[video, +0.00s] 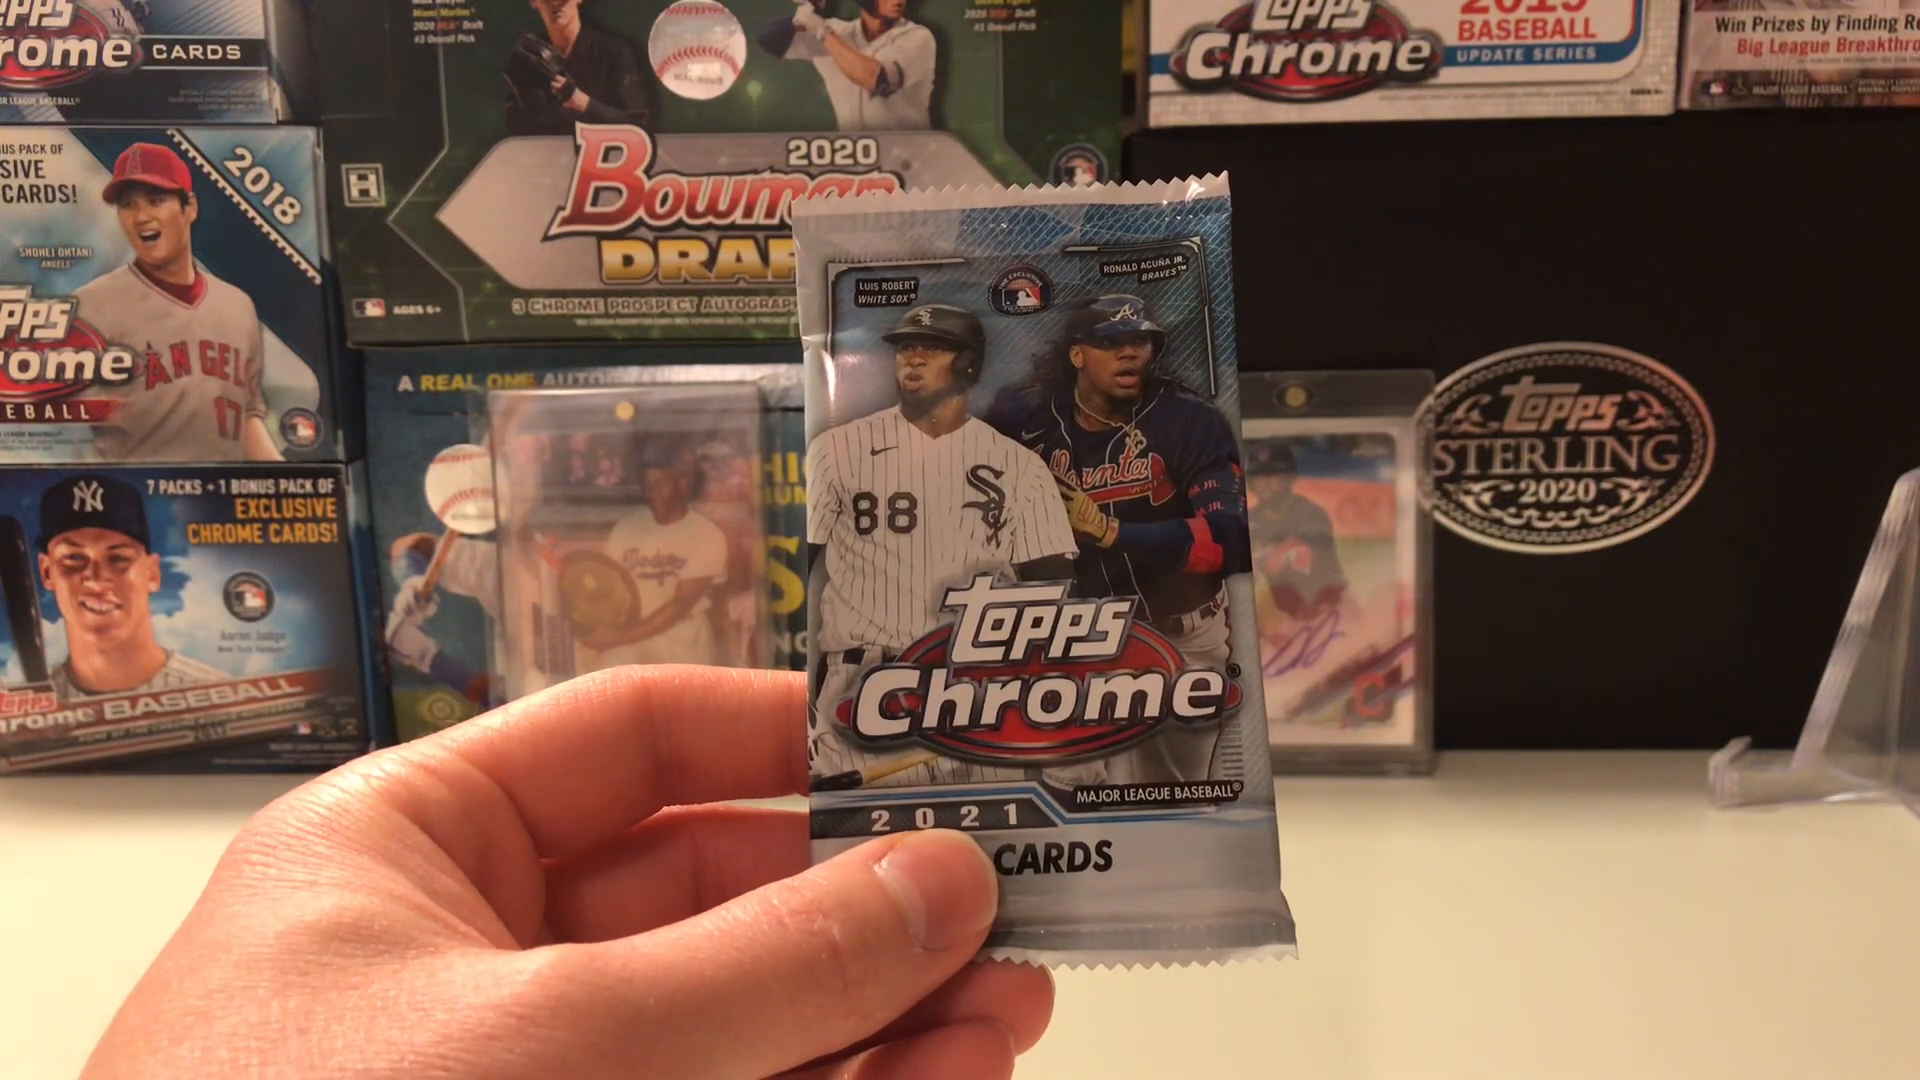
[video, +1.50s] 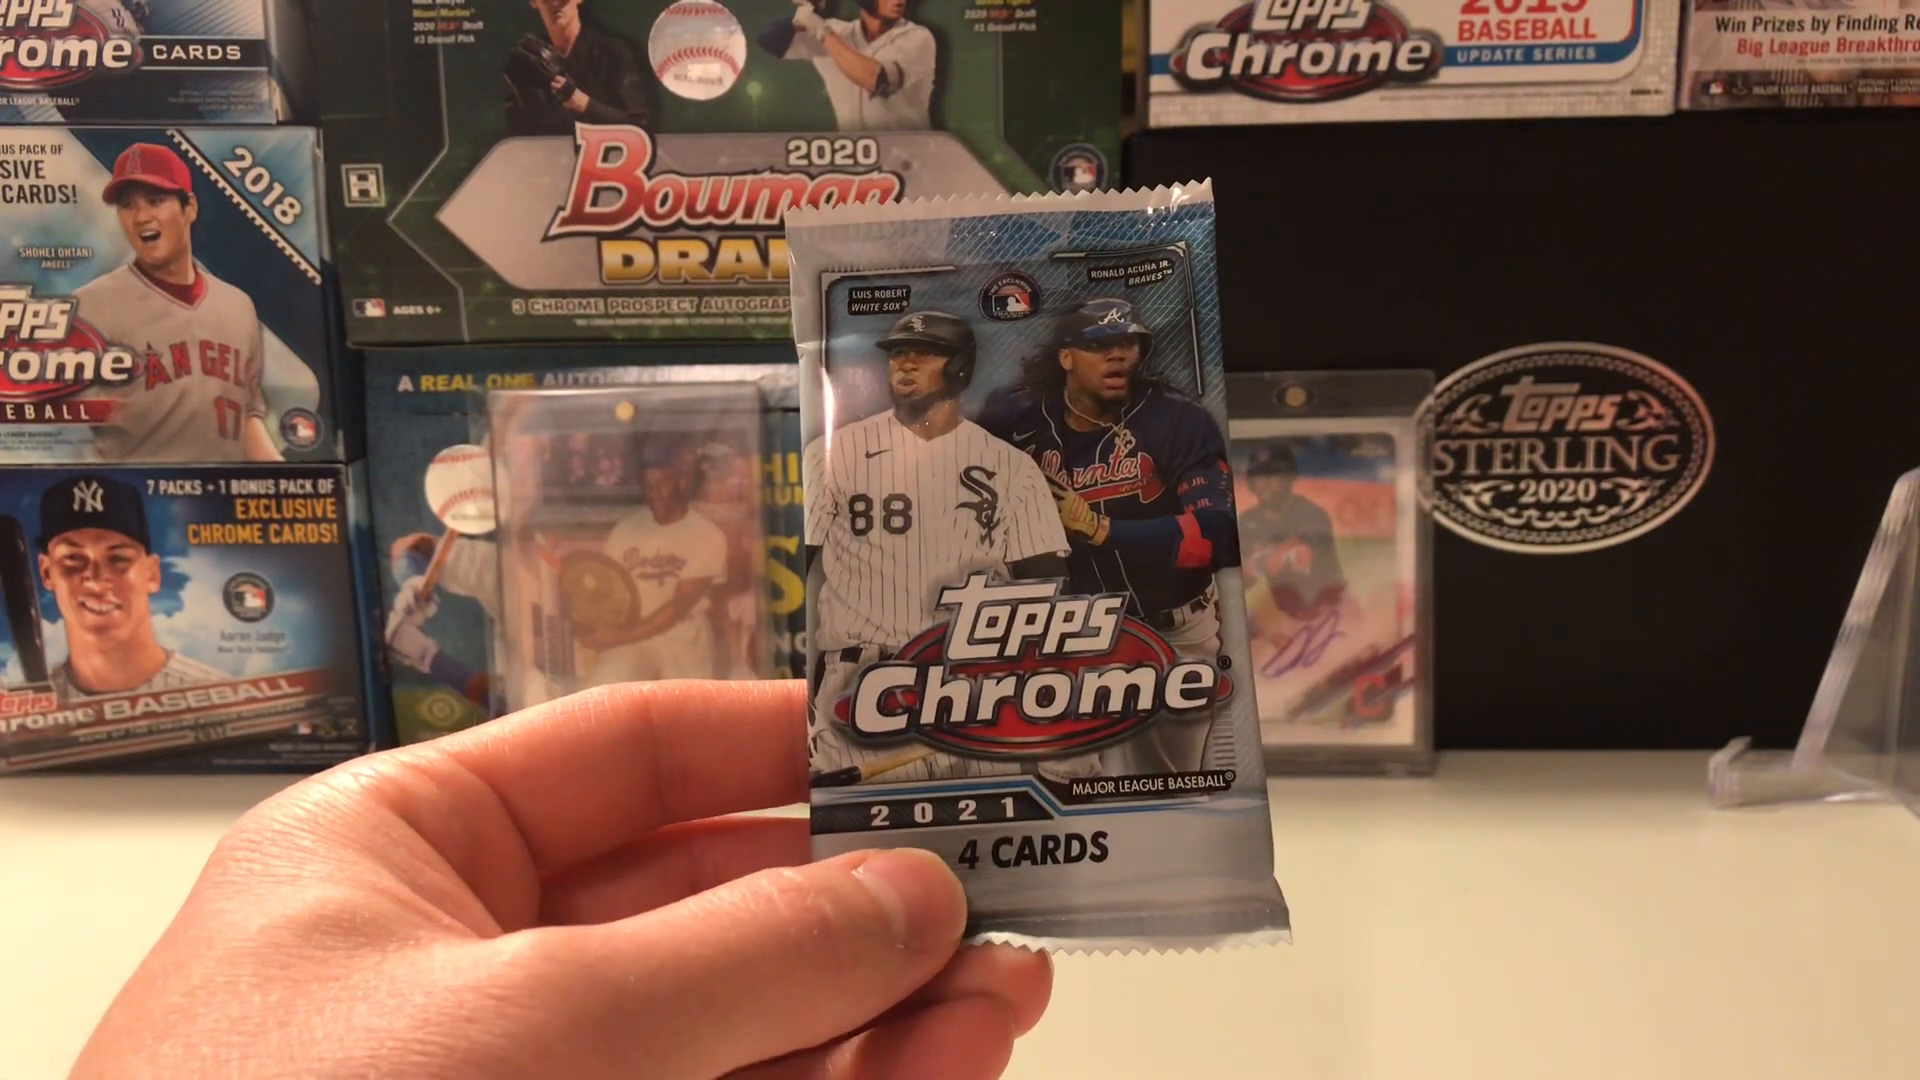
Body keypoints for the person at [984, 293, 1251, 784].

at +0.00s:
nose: (1132, 354)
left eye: (1141, 341)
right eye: (1114, 343)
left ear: (1154, 348)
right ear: (1077, 355)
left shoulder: (1191, 423)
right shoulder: (1024, 418)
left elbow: (1228, 537)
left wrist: (1113, 531)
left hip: (1184, 631)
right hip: (1073, 638)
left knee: (1184, 802)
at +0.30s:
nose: (1135, 355)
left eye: (1144, 342)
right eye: (1117, 344)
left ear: (1157, 350)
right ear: (1080, 356)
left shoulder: (1194, 425)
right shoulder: (1027, 420)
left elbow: (1232, 540)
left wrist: (1115, 533)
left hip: (1184, 632)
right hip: (1072, 636)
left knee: (1181, 802)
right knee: (1074, 798)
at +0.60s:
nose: (1139, 357)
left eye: (1147, 344)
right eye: (1121, 346)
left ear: (1160, 351)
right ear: (1084, 358)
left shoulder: (1198, 425)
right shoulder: (1031, 421)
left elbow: (1233, 541)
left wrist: (1117, 532)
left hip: (1188, 634)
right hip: (1078, 638)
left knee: (1183, 805)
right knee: (1080, 802)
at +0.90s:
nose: (1131, 355)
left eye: (1140, 342)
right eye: (1114, 343)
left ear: (1154, 349)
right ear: (1078, 355)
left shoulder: (1193, 424)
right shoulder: (1026, 421)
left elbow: (1227, 537)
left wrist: (1113, 530)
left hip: (1184, 631)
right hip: (1075, 635)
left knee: (1179, 799)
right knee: (1078, 796)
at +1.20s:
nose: (1122, 354)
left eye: (1131, 341)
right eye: (1104, 343)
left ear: (1144, 349)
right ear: (1069, 356)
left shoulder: (1182, 420)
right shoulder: (1018, 418)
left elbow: (1216, 532)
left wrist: (1105, 528)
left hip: (1178, 627)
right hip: (1070, 631)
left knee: (1174, 792)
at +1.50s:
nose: (1119, 356)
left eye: (1128, 343)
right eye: (1101, 345)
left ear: (1141, 351)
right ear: (1066, 358)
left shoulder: (1180, 423)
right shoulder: (1015, 420)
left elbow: (1213, 535)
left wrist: (1101, 528)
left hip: (1178, 627)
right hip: (1070, 632)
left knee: (1180, 790)